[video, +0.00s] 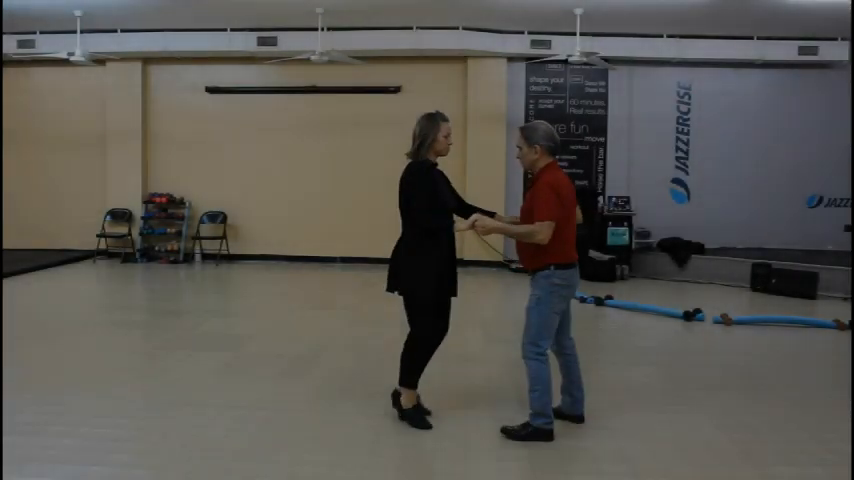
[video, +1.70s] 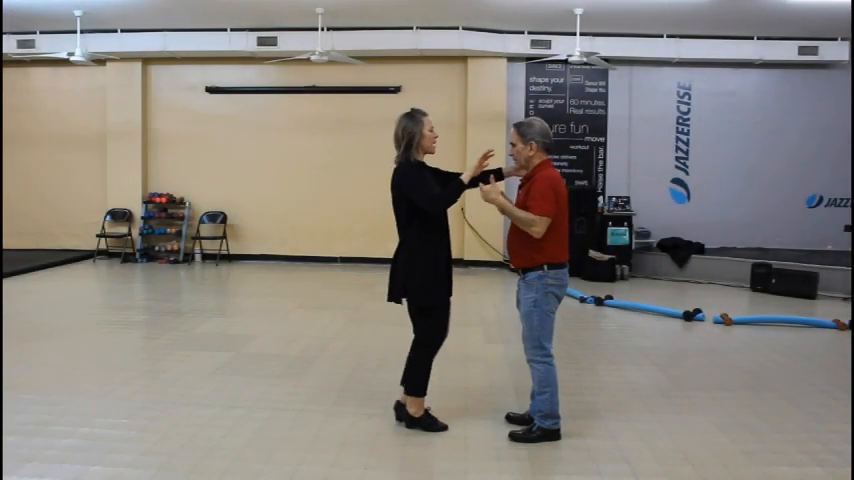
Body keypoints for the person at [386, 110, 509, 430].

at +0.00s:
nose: (450, 142)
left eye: (450, 136)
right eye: (445, 136)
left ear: (436, 137)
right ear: (429, 137)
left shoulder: (434, 173)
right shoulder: (417, 174)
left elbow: (462, 207)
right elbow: (424, 224)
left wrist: (502, 220)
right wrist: (463, 226)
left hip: (434, 267)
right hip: (417, 268)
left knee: (436, 328)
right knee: (424, 329)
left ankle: (407, 391)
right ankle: (406, 397)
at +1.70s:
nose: (436, 135)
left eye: (434, 129)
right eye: (430, 130)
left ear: (417, 135)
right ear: (415, 135)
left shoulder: (421, 170)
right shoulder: (408, 173)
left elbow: (464, 181)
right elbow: (438, 202)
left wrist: (509, 172)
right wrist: (468, 177)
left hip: (430, 268)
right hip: (422, 270)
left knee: (430, 334)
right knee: (430, 335)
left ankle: (408, 401)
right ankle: (415, 409)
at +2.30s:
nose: (448, 135)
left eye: (446, 129)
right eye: (443, 130)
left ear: (429, 136)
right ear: (427, 135)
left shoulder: (433, 170)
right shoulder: (422, 173)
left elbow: (472, 182)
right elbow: (458, 189)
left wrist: (516, 174)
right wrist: (489, 173)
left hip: (438, 270)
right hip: (431, 272)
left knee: (437, 334)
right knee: (441, 336)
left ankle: (426, 405)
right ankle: (425, 409)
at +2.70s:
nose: (453, 133)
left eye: (451, 127)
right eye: (447, 128)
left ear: (433, 133)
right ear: (432, 133)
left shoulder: (435, 168)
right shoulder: (427, 170)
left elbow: (471, 191)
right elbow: (464, 185)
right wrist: (486, 149)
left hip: (439, 268)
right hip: (433, 269)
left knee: (439, 338)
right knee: (437, 339)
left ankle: (427, 407)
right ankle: (425, 410)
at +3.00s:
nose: (447, 134)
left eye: (446, 129)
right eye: (442, 129)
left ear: (426, 135)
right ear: (427, 134)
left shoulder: (430, 169)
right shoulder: (424, 171)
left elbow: (465, 191)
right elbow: (460, 186)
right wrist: (484, 154)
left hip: (438, 268)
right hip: (433, 269)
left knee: (437, 337)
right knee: (436, 338)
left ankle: (426, 407)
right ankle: (425, 410)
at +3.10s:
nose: (446, 134)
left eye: (444, 128)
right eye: (440, 129)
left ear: (424, 134)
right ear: (426, 134)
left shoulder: (429, 168)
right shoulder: (423, 170)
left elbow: (463, 190)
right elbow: (459, 185)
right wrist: (484, 153)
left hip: (436, 267)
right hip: (431, 268)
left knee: (437, 336)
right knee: (436, 337)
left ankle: (426, 407)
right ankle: (425, 410)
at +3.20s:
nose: (445, 133)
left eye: (443, 127)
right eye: (440, 128)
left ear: (424, 134)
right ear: (425, 134)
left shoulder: (429, 168)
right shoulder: (422, 170)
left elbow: (461, 192)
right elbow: (457, 185)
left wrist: (495, 183)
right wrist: (482, 153)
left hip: (436, 267)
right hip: (430, 268)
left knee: (436, 337)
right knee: (435, 338)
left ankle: (426, 406)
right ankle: (424, 410)